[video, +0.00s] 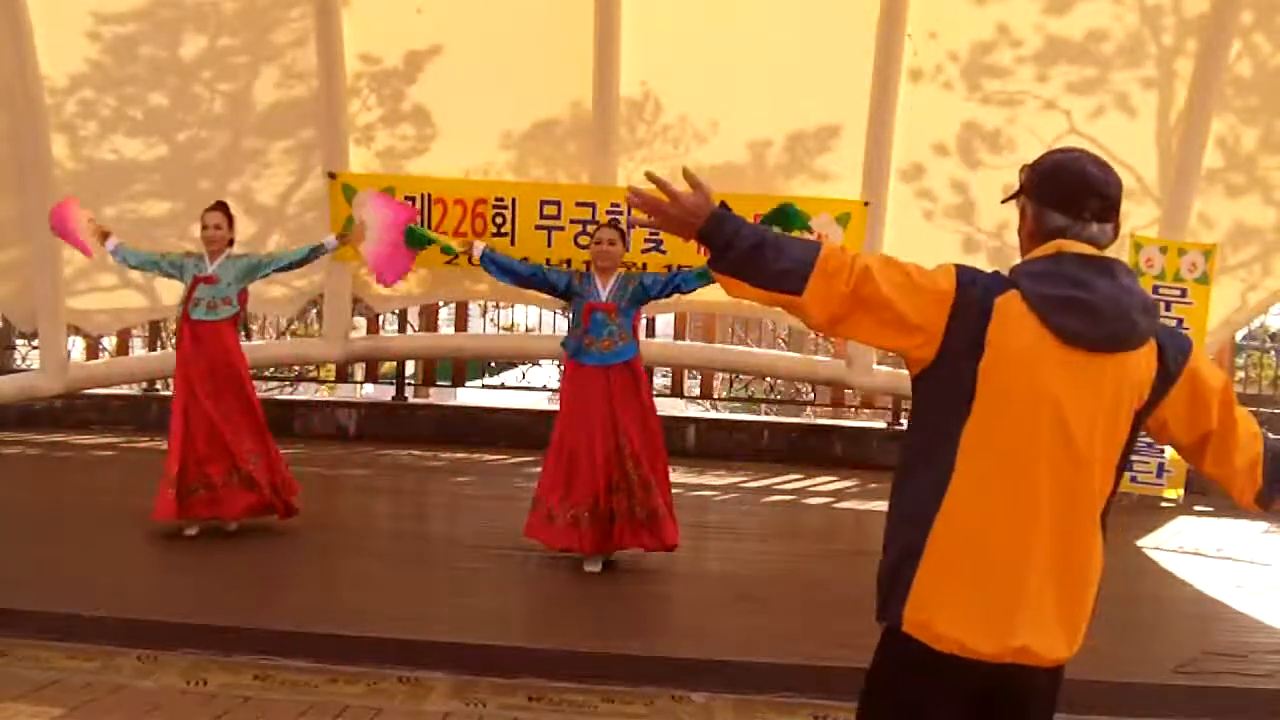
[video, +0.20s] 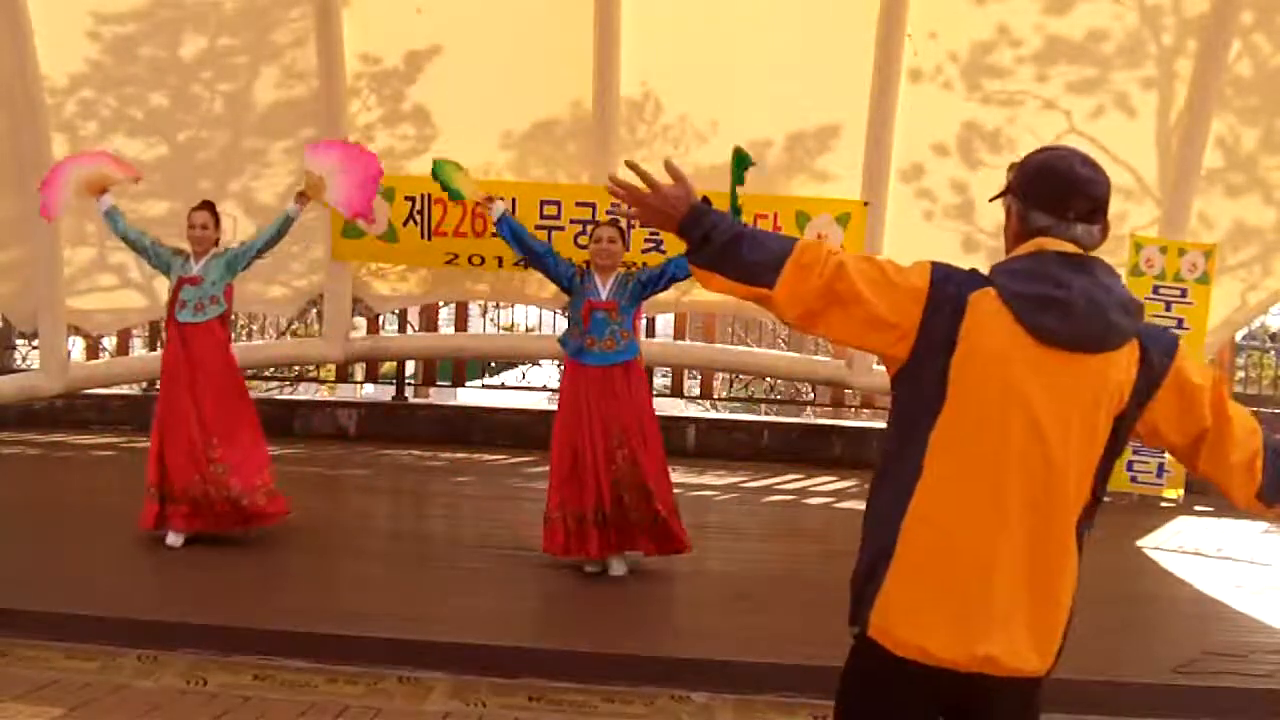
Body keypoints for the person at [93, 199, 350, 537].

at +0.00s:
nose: (211, 233)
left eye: (218, 227)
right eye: (206, 228)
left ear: (231, 233)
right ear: (199, 232)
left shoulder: (242, 265)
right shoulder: (188, 265)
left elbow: (288, 260)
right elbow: (148, 261)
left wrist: (334, 242)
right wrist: (109, 242)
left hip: (224, 358)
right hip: (191, 358)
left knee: (227, 427)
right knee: (193, 430)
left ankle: (231, 508)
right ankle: (194, 511)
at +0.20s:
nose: (197, 232)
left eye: (204, 227)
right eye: (192, 226)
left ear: (217, 232)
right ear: (185, 230)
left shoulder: (226, 263)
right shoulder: (175, 264)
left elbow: (264, 241)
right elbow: (132, 237)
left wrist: (297, 205)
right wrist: (102, 198)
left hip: (214, 363)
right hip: (178, 364)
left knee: (214, 435)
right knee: (177, 438)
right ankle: (177, 520)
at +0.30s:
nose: (195, 233)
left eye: (202, 228)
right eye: (190, 227)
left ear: (213, 232)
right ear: (182, 230)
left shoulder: (218, 265)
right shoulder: (172, 263)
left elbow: (251, 238)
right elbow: (135, 235)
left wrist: (276, 201)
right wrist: (106, 191)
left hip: (207, 365)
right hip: (173, 364)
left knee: (205, 437)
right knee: (171, 438)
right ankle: (170, 522)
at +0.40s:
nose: (192, 232)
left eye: (199, 226)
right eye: (187, 226)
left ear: (210, 232)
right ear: (179, 230)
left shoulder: (214, 266)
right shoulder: (168, 263)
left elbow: (240, 237)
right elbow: (133, 232)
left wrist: (254, 191)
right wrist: (109, 182)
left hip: (203, 366)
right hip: (167, 365)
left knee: (207, 438)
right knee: (166, 438)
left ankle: (209, 523)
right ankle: (164, 524)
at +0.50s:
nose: (188, 231)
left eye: (195, 226)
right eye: (182, 225)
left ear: (207, 233)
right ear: (174, 229)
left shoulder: (210, 267)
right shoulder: (164, 263)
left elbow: (230, 238)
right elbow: (130, 229)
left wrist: (233, 194)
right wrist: (112, 178)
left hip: (194, 369)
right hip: (160, 368)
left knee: (198, 444)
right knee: (157, 443)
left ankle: (204, 527)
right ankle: (156, 527)